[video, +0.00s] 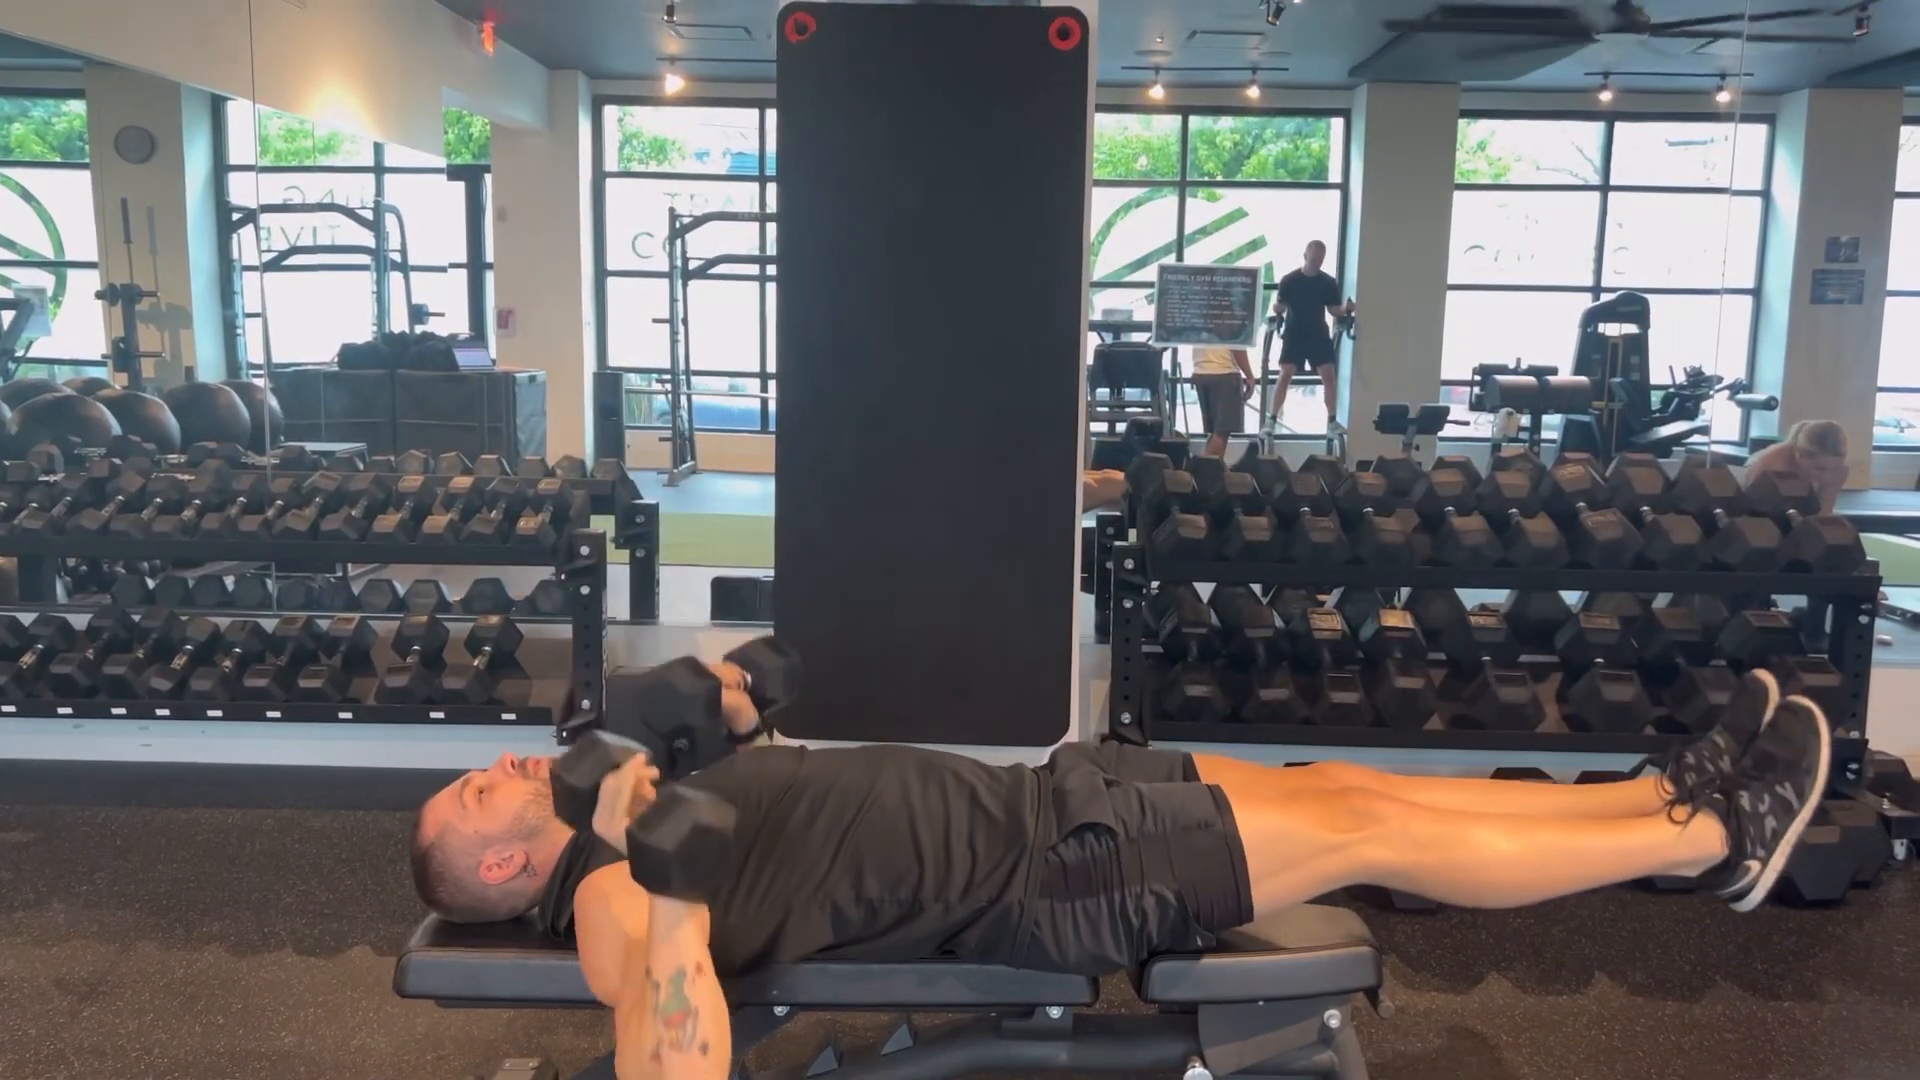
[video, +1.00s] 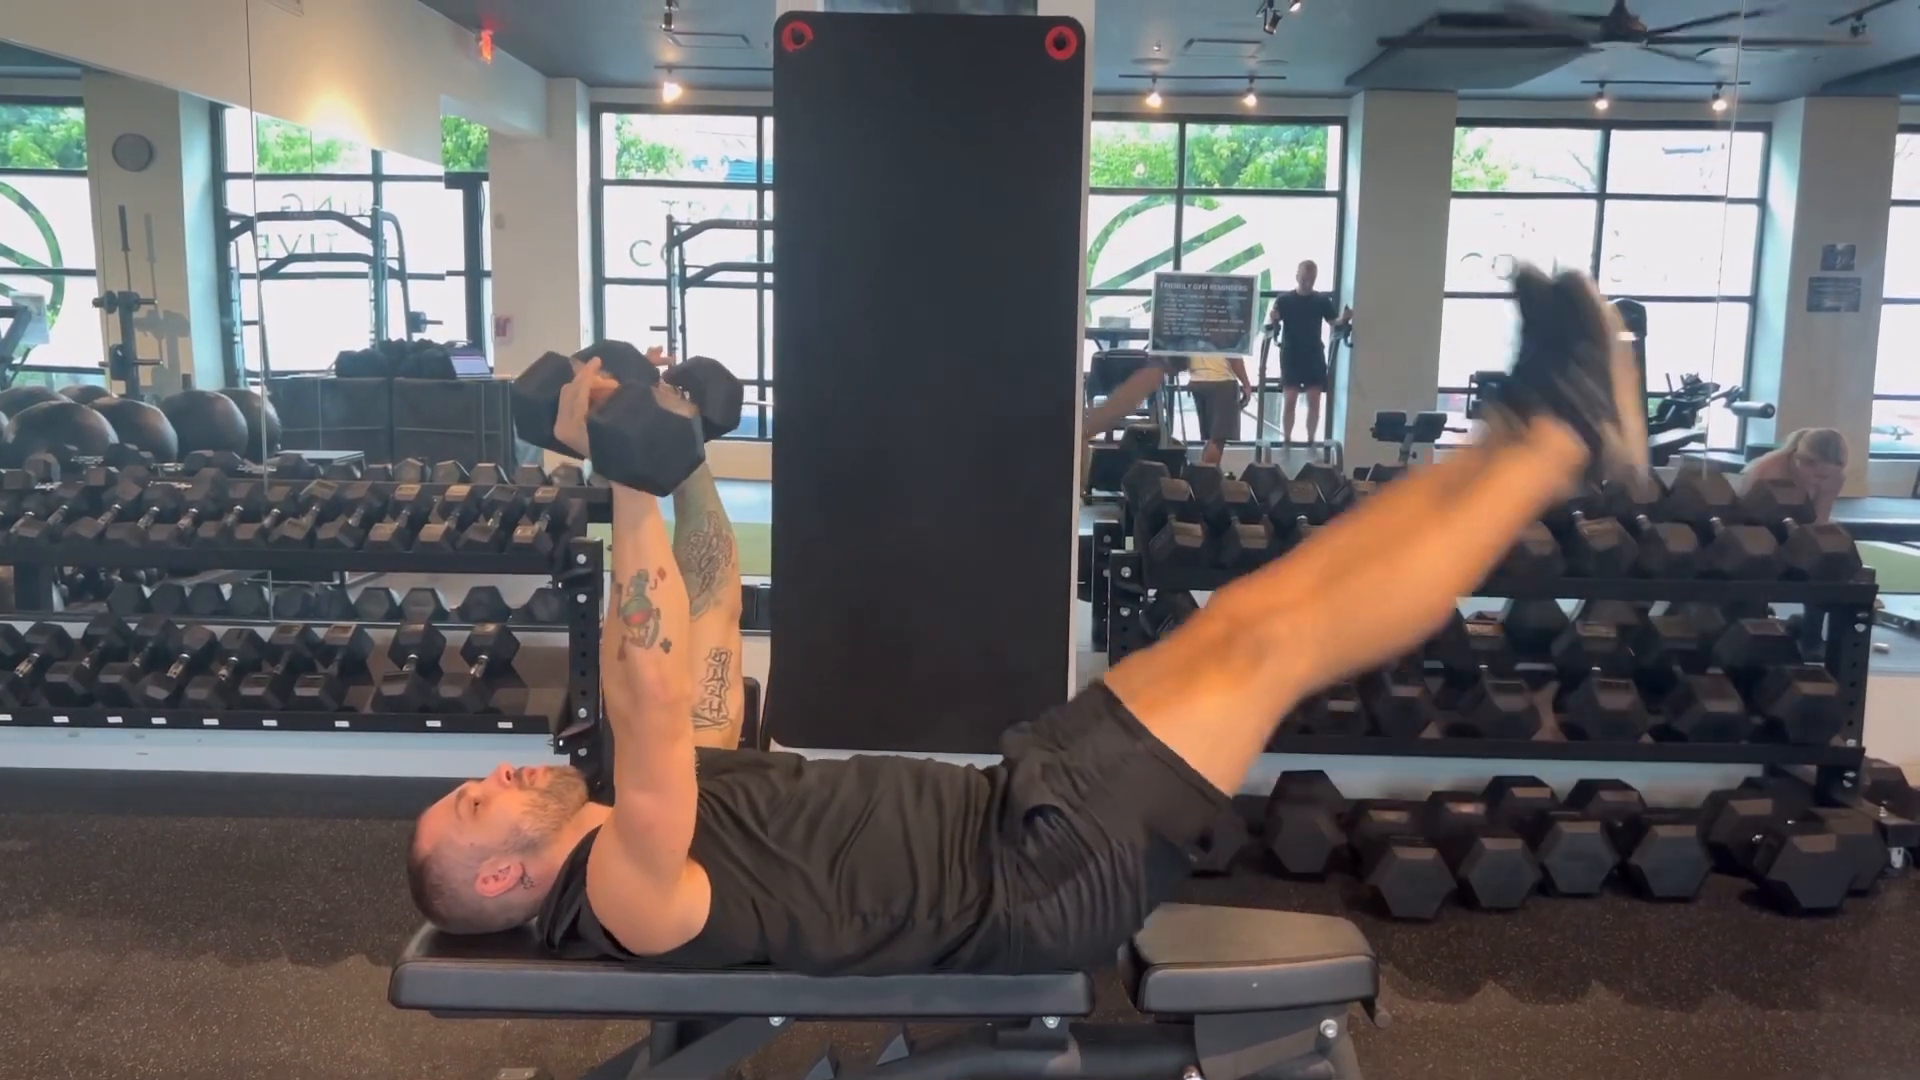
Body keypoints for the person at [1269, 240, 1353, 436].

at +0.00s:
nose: (1317, 263)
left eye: (1320, 259)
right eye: (1314, 258)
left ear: (1324, 259)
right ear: (1305, 255)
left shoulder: (1328, 282)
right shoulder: (1290, 280)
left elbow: (1334, 310)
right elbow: (1280, 306)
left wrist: (1346, 309)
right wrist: (1277, 308)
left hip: (1318, 334)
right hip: (1294, 334)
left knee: (1328, 376)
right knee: (1285, 375)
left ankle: (1332, 421)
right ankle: (1272, 419)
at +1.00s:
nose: (1307, 282)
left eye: (1310, 278)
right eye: (1303, 278)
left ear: (1315, 278)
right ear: (1297, 277)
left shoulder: (1321, 300)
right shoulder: (1285, 300)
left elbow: (1333, 323)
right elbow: (1271, 324)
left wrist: (1344, 319)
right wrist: (1272, 319)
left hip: (1314, 352)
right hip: (1291, 353)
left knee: (1314, 399)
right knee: (1290, 399)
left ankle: (1311, 442)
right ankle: (1286, 441)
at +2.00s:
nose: (1305, 291)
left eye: (1308, 287)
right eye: (1302, 287)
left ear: (1313, 288)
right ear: (1295, 287)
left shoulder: (1320, 311)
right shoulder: (1284, 311)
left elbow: (1332, 334)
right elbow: (1270, 339)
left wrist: (1344, 329)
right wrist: (1272, 330)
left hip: (1313, 364)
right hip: (1290, 364)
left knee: (1315, 411)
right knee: (1291, 412)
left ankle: (1315, 455)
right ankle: (1287, 455)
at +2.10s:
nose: (1304, 291)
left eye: (1308, 287)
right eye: (1301, 286)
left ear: (1312, 288)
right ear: (1295, 287)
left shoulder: (1320, 311)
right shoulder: (1284, 311)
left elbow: (1332, 334)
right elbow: (1271, 338)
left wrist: (1344, 329)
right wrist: (1272, 329)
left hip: (1313, 365)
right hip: (1290, 365)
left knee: (1313, 413)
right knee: (1290, 413)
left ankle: (1312, 455)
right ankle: (1286, 455)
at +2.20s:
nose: (1305, 290)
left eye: (1308, 286)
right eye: (1301, 286)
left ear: (1312, 288)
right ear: (1294, 288)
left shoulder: (1320, 312)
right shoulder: (1284, 312)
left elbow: (1332, 335)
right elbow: (1270, 338)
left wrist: (1344, 329)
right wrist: (1272, 330)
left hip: (1312, 367)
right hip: (1289, 367)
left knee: (1312, 414)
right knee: (1289, 414)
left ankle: (1309, 456)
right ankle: (1285, 457)